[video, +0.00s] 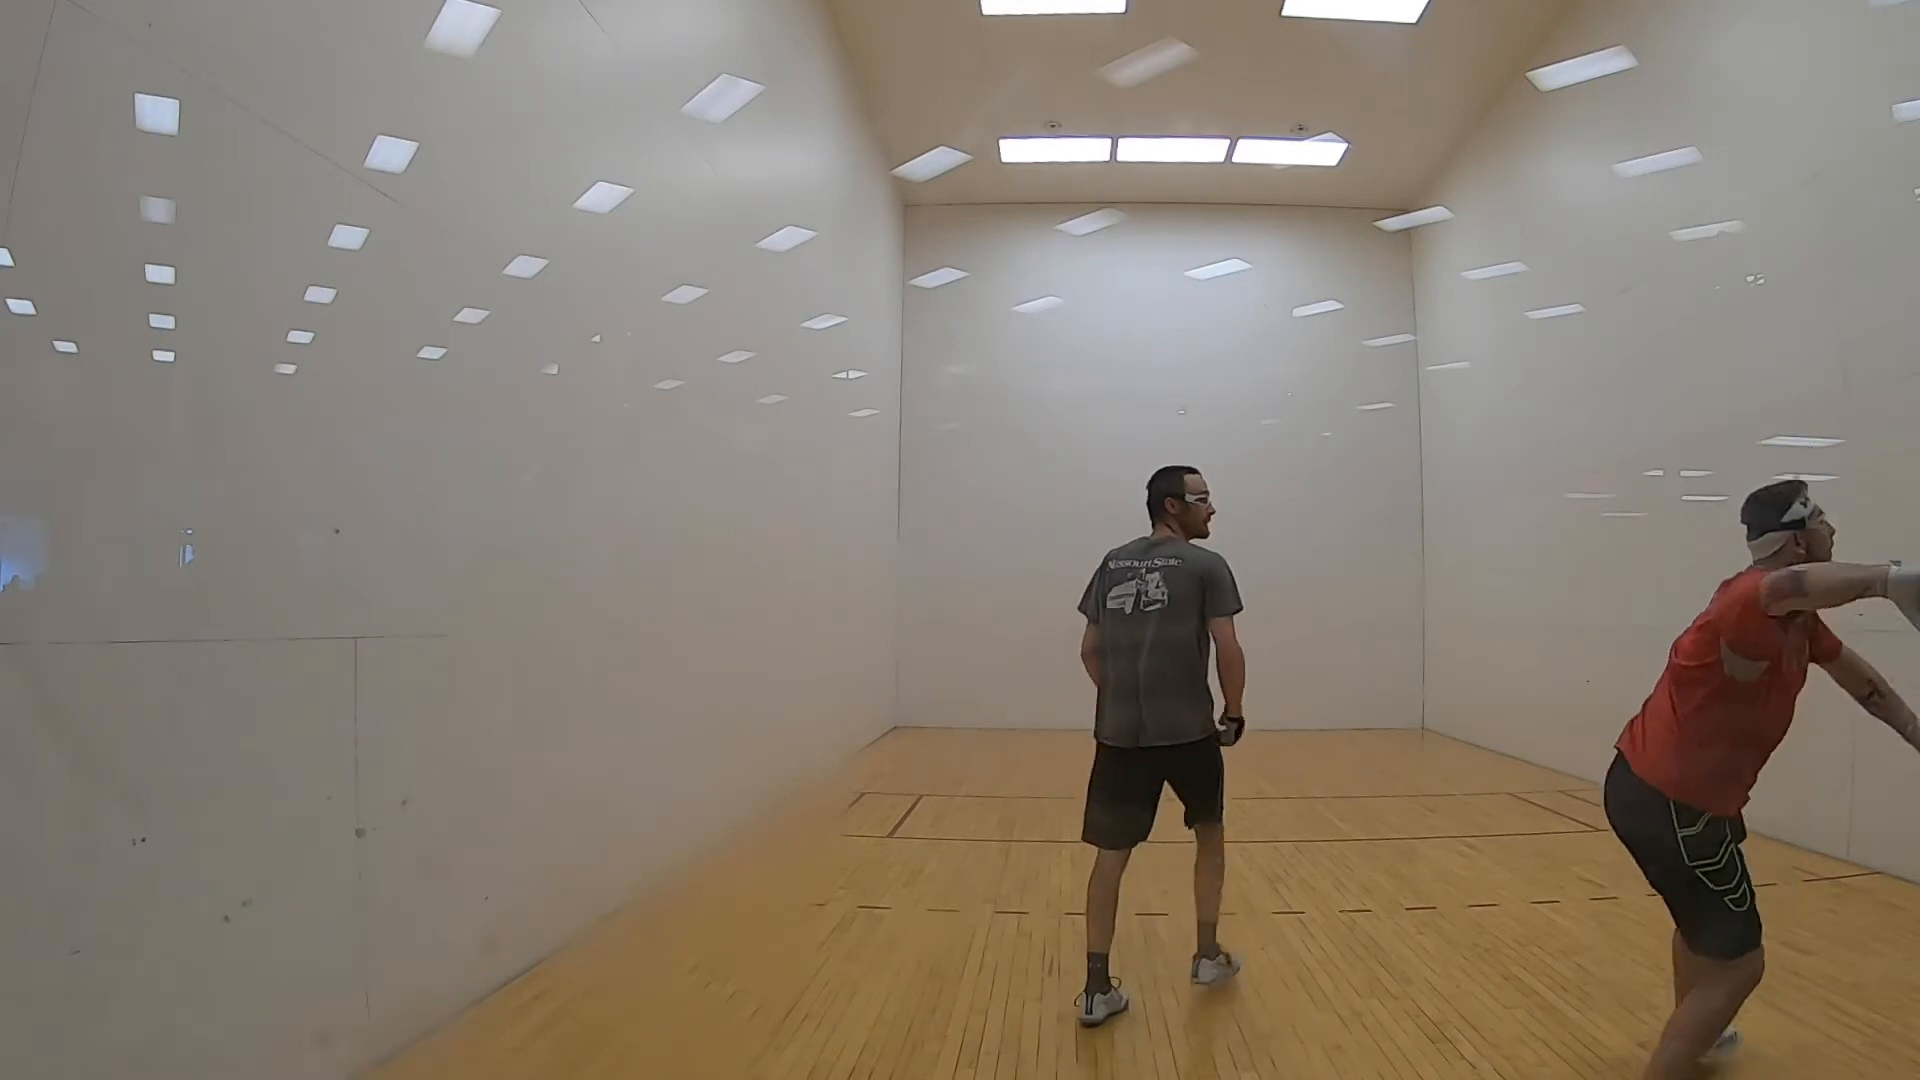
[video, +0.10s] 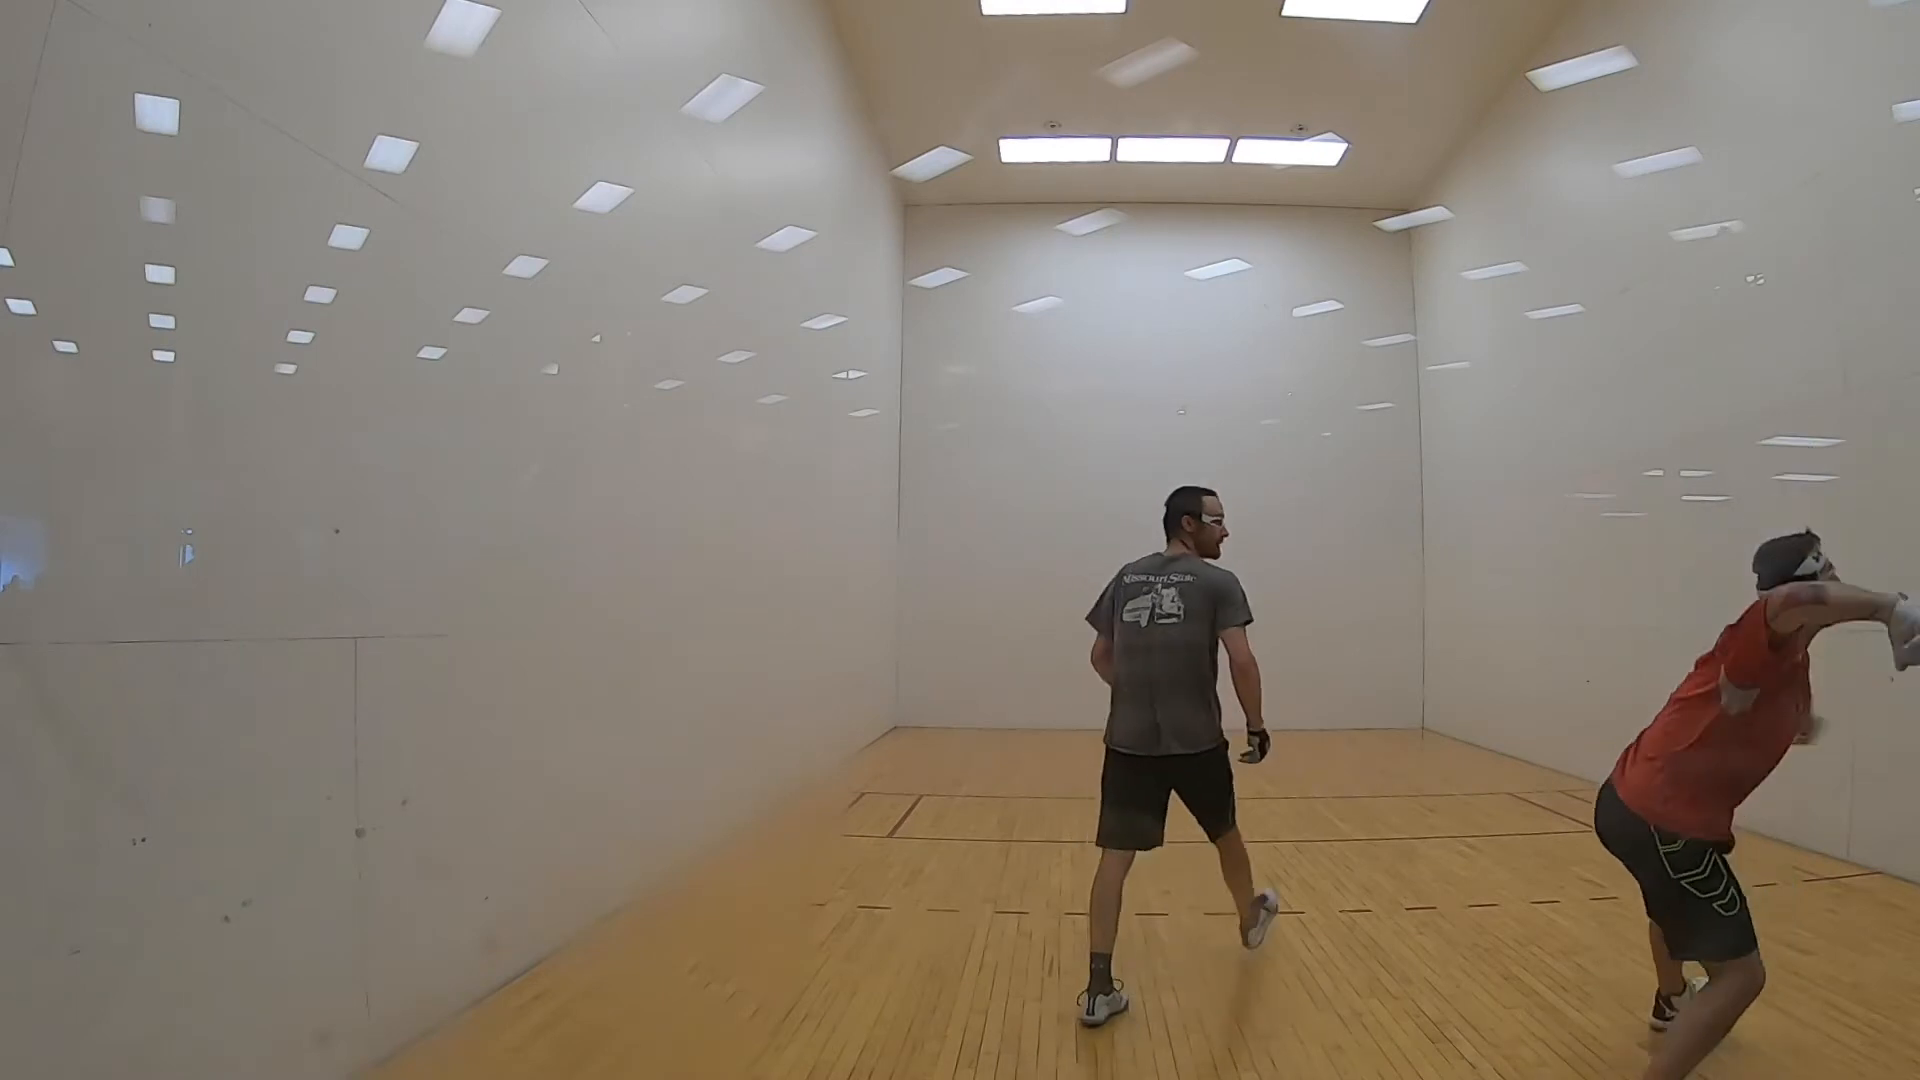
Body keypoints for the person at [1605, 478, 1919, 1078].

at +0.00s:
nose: (1833, 547)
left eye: (1830, 537)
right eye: (1826, 537)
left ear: (1778, 546)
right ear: (1796, 546)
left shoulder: (1800, 622)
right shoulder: (1749, 597)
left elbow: (1867, 686)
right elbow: (1793, 583)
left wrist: (1915, 732)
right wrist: (1893, 579)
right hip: (1671, 806)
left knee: (1703, 925)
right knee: (1739, 966)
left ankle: (1694, 1033)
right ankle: (1666, 1067)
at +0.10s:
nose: (1837, 578)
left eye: (1831, 570)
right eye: (1829, 572)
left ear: (1787, 589)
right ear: (1812, 583)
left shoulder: (1790, 651)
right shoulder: (1760, 638)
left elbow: (1762, 708)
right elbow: (1786, 601)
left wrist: (1796, 726)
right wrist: (1891, 607)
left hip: (1633, 799)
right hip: (1666, 829)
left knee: (1665, 904)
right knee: (1743, 976)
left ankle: (1670, 999)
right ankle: (1658, 1075)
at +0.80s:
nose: (1716, 534)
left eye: (1716, 526)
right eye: (1723, 527)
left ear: (1719, 529)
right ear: (1766, 534)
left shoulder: (1724, 585)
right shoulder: (1779, 592)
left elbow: (1723, 660)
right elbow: (1737, 674)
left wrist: (1687, 740)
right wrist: (1673, 650)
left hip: (1732, 759)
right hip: (1781, 761)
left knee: (1681, 859)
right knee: (1772, 867)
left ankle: (1711, 989)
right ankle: (1831, 979)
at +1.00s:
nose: (1715, 531)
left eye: (1716, 523)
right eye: (1722, 522)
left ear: (1720, 523)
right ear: (1765, 527)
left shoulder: (1726, 578)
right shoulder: (1790, 586)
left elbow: (1739, 656)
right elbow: (1784, 677)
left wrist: (1730, 740)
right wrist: (1717, 715)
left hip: (1737, 754)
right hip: (1788, 755)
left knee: (1682, 853)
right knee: (1788, 863)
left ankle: (1713, 980)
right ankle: (1837, 979)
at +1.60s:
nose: (1581, 555)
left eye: (1578, 547)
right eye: (1596, 547)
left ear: (1574, 545)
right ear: (1619, 547)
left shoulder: (1556, 596)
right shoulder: (1653, 600)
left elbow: (1532, 668)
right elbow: (1698, 665)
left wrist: (1526, 732)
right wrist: (1704, 729)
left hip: (1605, 745)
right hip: (1651, 744)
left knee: (1641, 862)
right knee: (1592, 820)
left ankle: (1720, 960)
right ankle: (1597, 936)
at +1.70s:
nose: (1542, 552)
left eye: (1539, 545)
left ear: (1540, 544)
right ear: (1582, 549)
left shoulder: (1520, 592)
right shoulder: (1609, 604)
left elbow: (1500, 665)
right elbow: (1650, 675)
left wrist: (1493, 729)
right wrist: (1654, 735)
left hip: (1554, 741)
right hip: (1601, 742)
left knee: (1565, 855)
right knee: (1572, 841)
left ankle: (1648, 926)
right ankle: (1592, 939)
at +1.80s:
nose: (1503, 543)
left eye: (1499, 536)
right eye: (1519, 538)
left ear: (1496, 536)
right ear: (1538, 540)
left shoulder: (1482, 581)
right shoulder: (1564, 593)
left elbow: (1469, 644)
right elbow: (1597, 664)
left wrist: (1459, 714)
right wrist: (1587, 716)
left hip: (1502, 733)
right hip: (1556, 734)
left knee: (1473, 830)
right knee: (1551, 831)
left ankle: (1532, 914)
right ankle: (1587, 931)